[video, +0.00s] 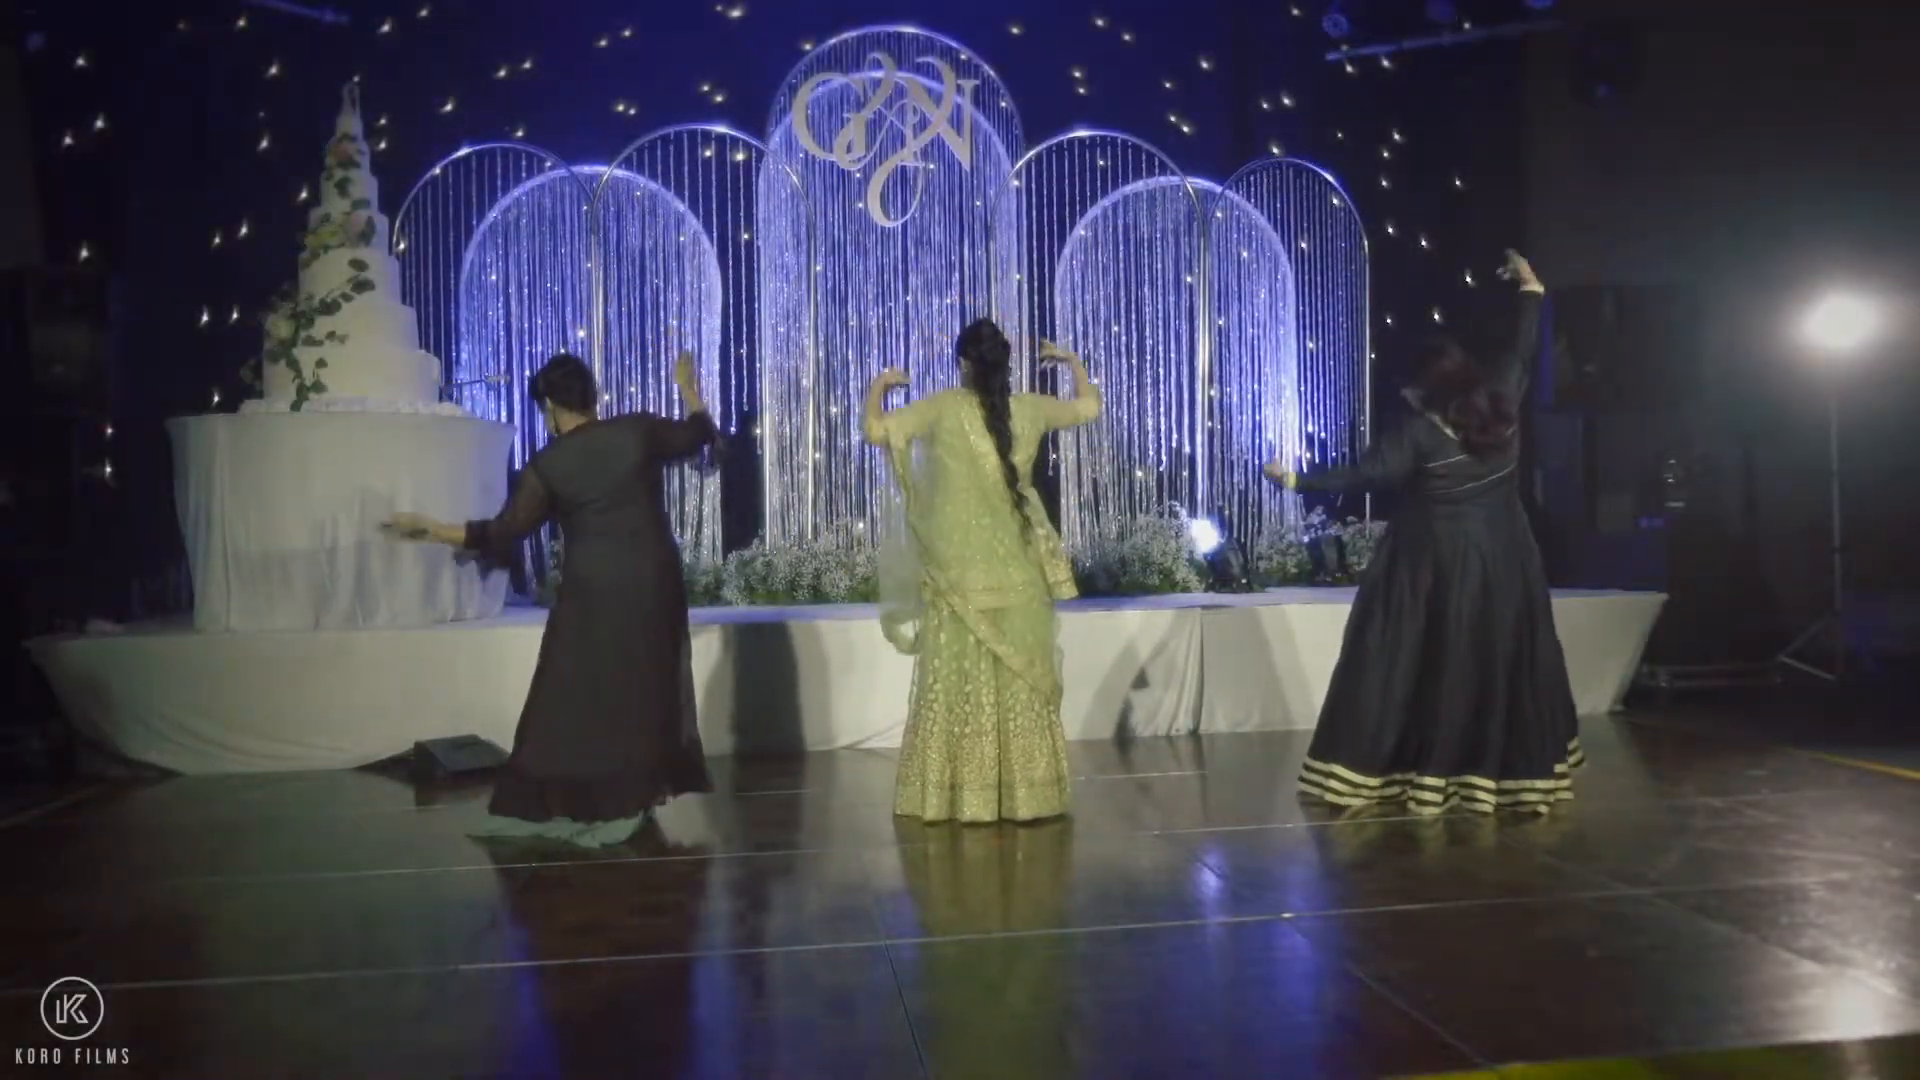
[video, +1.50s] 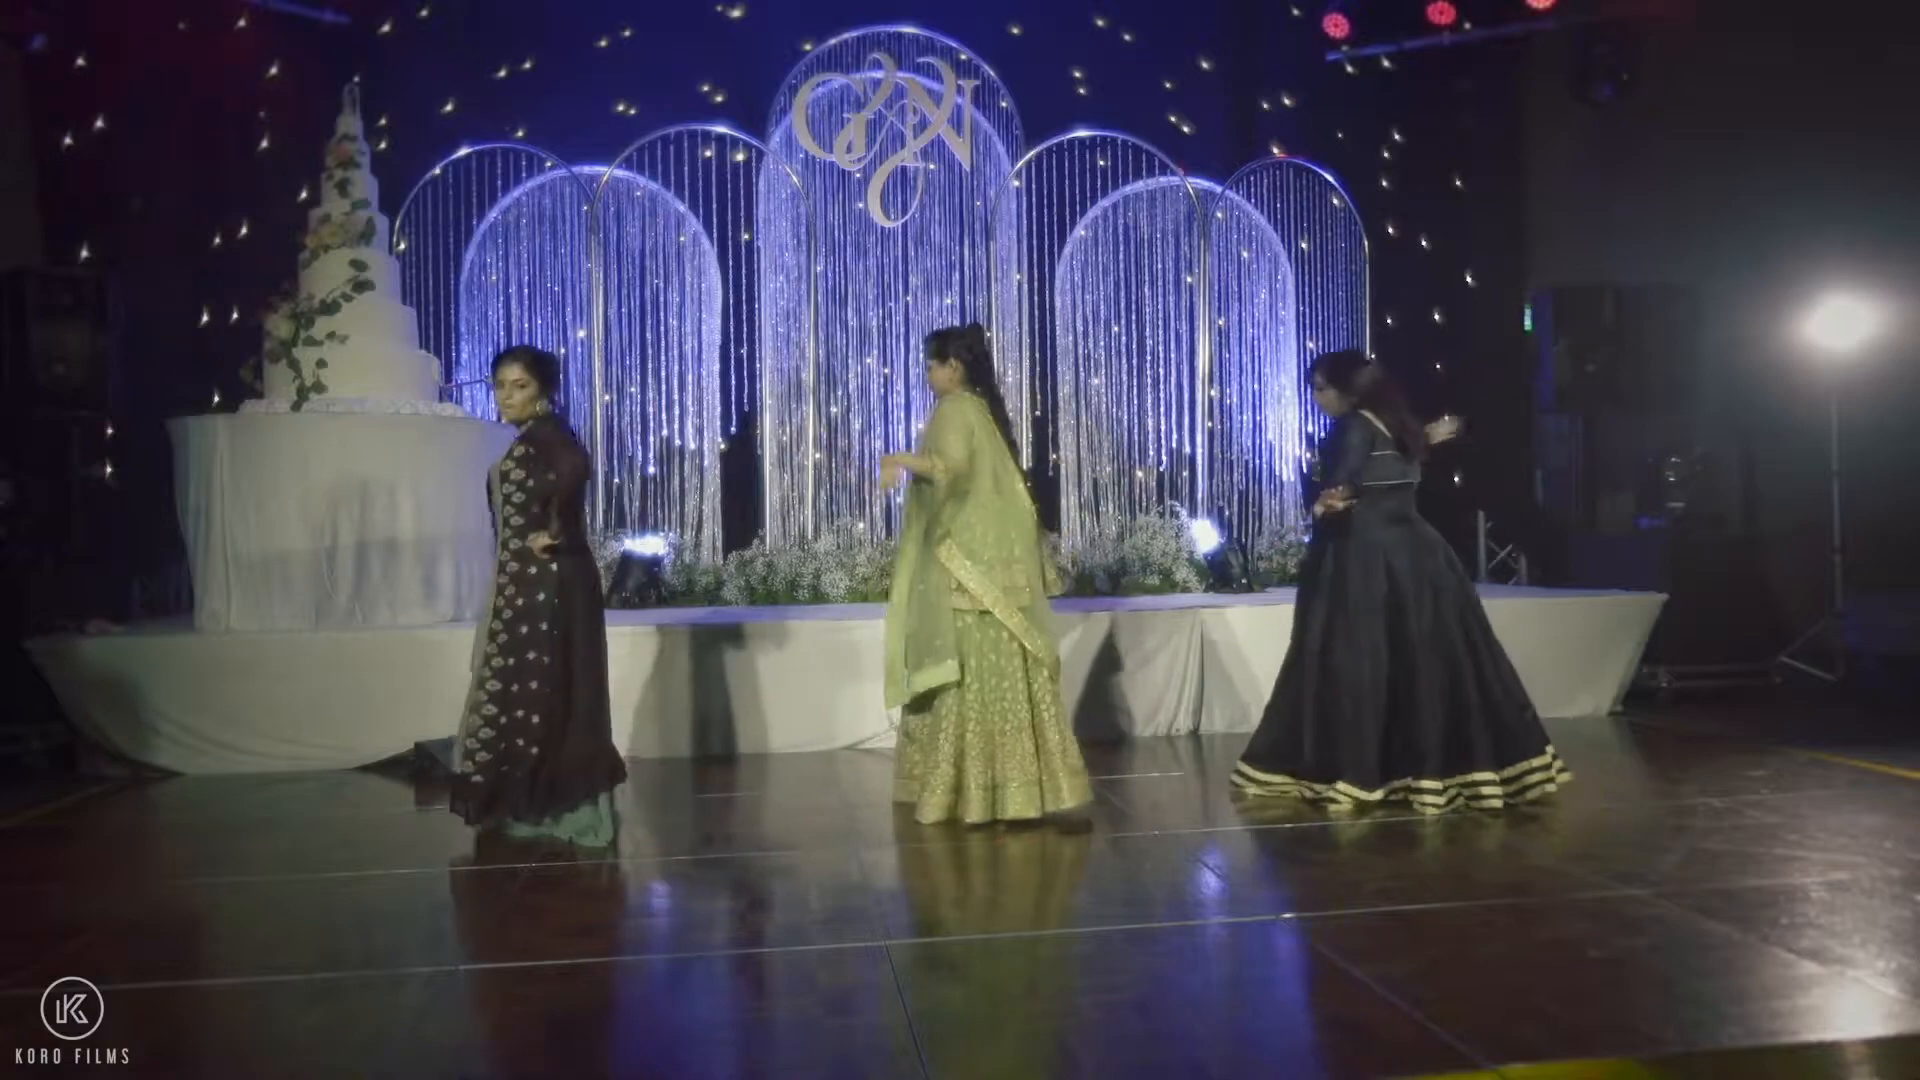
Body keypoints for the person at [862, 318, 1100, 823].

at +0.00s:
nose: (959, 366)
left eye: (960, 358)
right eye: (968, 358)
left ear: (962, 363)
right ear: (1005, 362)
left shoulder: (942, 407)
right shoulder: (1029, 408)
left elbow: (875, 430)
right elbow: (1089, 407)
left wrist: (879, 386)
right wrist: (1075, 362)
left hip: (958, 568)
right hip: (1018, 567)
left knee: (958, 685)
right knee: (1022, 681)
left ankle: (962, 795)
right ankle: (1025, 795)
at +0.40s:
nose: (954, 368)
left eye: (954, 361)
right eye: (957, 361)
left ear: (960, 363)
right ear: (999, 360)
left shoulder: (947, 409)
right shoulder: (1028, 412)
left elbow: (896, 456)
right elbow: (1089, 448)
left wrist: (850, 403)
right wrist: (1123, 418)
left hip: (965, 577)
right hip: (1026, 576)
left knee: (964, 691)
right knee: (1027, 688)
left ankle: (966, 797)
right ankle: (1028, 797)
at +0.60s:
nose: (955, 369)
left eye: (955, 362)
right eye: (958, 361)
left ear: (961, 364)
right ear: (1000, 361)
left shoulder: (949, 410)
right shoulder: (1030, 414)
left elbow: (896, 464)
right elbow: (1091, 461)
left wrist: (827, 463)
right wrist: (1147, 470)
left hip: (967, 580)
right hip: (1027, 578)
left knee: (966, 692)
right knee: (1028, 689)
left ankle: (969, 798)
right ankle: (1032, 797)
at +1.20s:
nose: (943, 378)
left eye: (945, 370)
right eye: (944, 370)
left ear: (959, 369)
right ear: (988, 367)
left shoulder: (946, 412)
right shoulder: (1024, 416)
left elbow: (908, 462)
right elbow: (1069, 468)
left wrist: (844, 442)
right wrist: (1110, 469)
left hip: (966, 573)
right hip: (1026, 572)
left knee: (968, 686)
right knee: (1029, 683)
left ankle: (970, 796)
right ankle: (1028, 795)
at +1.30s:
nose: (940, 377)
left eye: (942, 369)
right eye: (941, 369)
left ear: (957, 368)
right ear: (985, 367)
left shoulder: (945, 411)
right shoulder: (1018, 416)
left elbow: (919, 469)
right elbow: (1056, 483)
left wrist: (857, 460)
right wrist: (1068, 503)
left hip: (968, 573)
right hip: (1025, 571)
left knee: (967, 686)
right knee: (1028, 682)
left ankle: (971, 795)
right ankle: (1029, 794)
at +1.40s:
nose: (931, 376)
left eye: (934, 368)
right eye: (931, 368)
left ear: (955, 366)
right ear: (970, 366)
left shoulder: (948, 409)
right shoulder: (995, 413)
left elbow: (933, 469)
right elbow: (1031, 486)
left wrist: (869, 469)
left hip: (969, 570)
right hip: (1013, 566)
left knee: (967, 681)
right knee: (1012, 681)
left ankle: (966, 795)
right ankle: (1014, 795)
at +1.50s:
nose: (928, 373)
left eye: (933, 365)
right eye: (929, 365)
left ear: (954, 367)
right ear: (964, 367)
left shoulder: (955, 409)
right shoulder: (976, 409)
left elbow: (950, 465)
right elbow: (962, 469)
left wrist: (903, 463)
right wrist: (914, 463)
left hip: (967, 567)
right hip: (990, 564)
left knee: (969, 676)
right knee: (993, 676)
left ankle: (972, 792)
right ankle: (1001, 791)